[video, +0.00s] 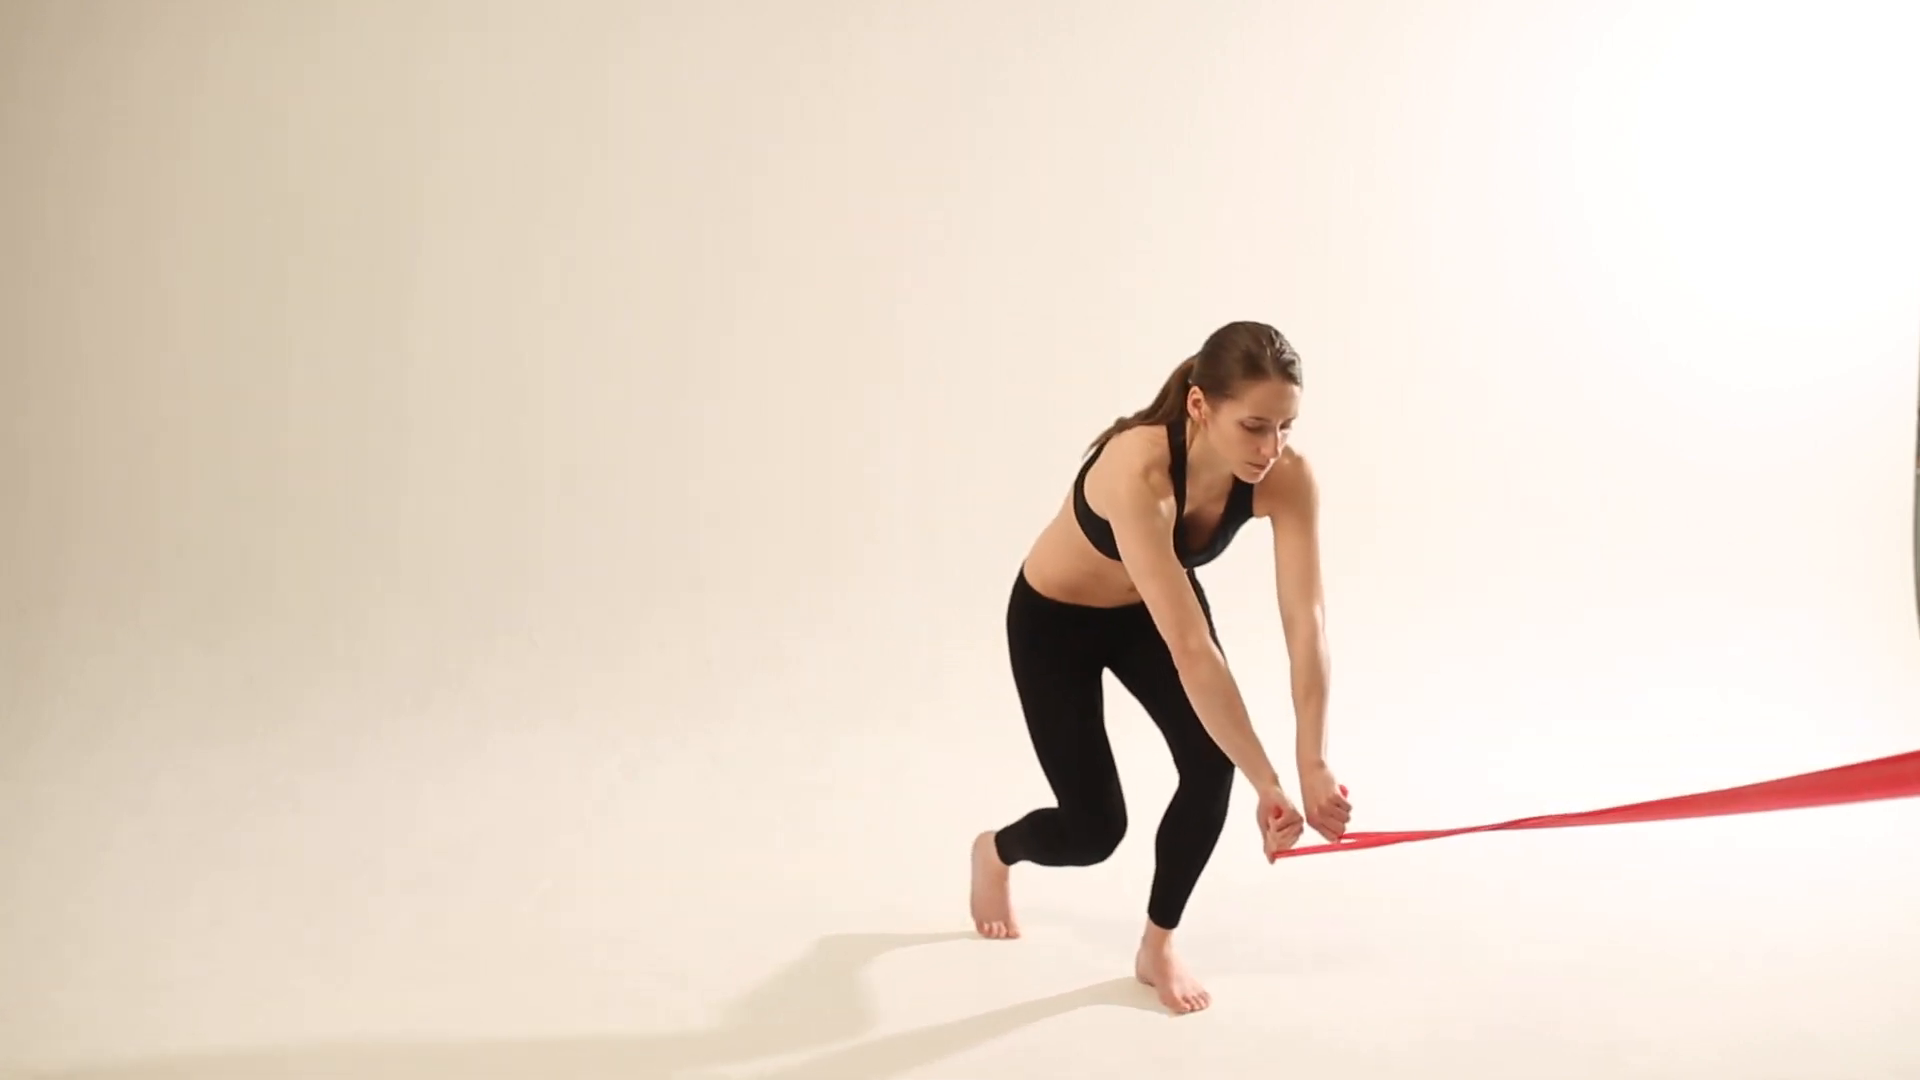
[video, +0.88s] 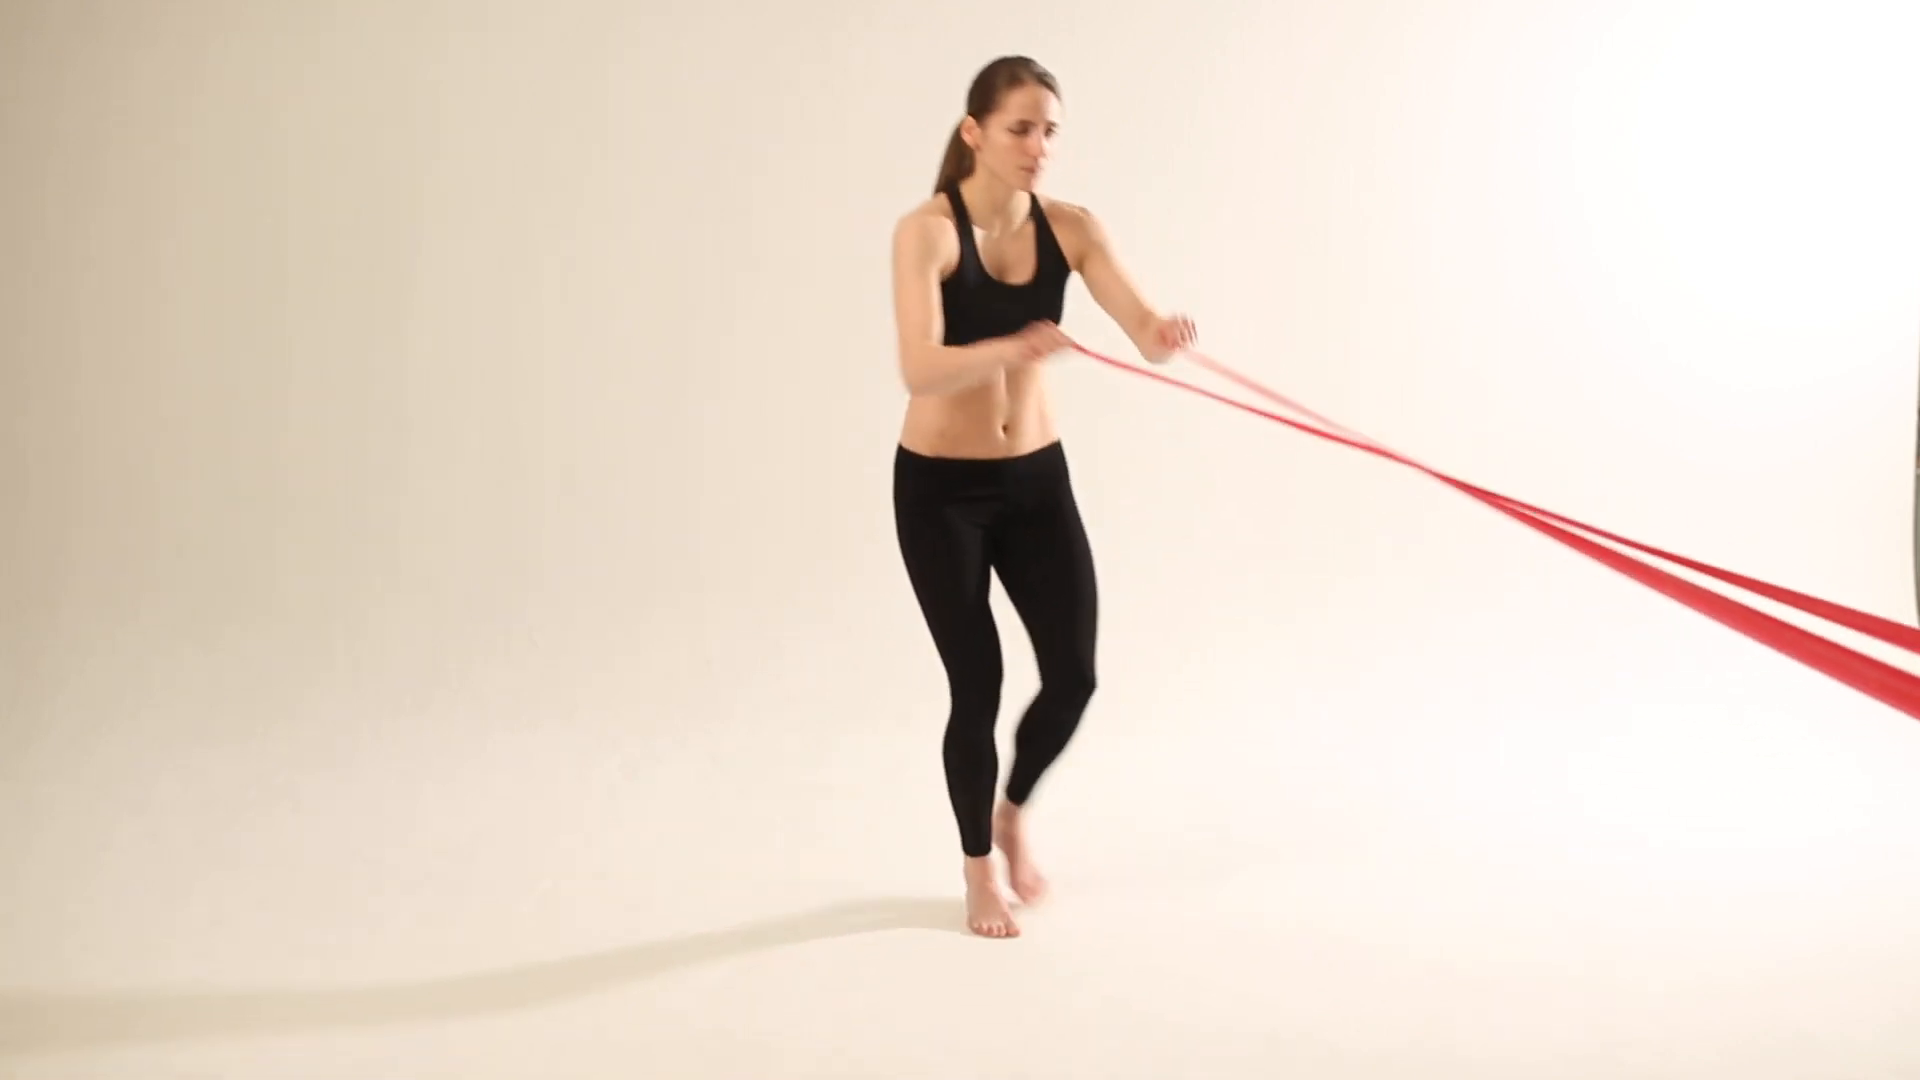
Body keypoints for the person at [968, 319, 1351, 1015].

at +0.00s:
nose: (1271, 446)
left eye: (1284, 427)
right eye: (1254, 426)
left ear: (1295, 413)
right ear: (1199, 407)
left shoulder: (1284, 479)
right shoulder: (1135, 468)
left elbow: (1304, 622)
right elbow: (1192, 649)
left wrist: (1311, 762)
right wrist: (1265, 784)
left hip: (1153, 614)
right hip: (1054, 620)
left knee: (1211, 768)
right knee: (1095, 830)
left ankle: (1158, 943)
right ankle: (995, 851)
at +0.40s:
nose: (1219, 359)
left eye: (1229, 338)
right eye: (1201, 338)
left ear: (1239, 331)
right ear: (1146, 326)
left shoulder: (1235, 406)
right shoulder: (1088, 405)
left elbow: (1265, 542)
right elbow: (1152, 560)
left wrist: (1284, 666)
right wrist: (1237, 678)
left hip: (1128, 587)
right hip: (1030, 596)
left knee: (1190, 746)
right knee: (1079, 799)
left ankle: (1158, 941)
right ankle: (988, 851)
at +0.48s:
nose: (1191, 320)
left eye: (1200, 301)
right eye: (1173, 300)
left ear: (1207, 298)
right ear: (1118, 291)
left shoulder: (1206, 372)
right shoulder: (1065, 376)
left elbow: (1242, 500)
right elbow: (1129, 521)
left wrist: (1267, 617)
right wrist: (1215, 633)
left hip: (1115, 572)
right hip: (1015, 581)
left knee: (1176, 737)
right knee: (1064, 783)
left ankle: (1156, 942)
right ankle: (983, 854)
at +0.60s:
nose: (1138, 251)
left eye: (1149, 234)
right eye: (1121, 232)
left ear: (1158, 237)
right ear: (1070, 229)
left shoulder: (1159, 312)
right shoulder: (1018, 321)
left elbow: (1202, 426)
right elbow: (1084, 454)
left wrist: (1231, 529)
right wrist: (1177, 547)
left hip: (1085, 540)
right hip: (984, 544)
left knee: (1145, 720)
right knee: (1036, 742)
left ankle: (1162, 930)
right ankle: (984, 861)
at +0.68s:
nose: (1106, 209)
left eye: (1116, 192)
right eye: (1089, 192)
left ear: (1124, 197)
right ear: (1038, 190)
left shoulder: (1128, 277)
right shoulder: (986, 285)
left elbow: (1181, 382)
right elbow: (1038, 419)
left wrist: (1202, 465)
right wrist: (1145, 486)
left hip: (1066, 518)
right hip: (967, 522)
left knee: (1123, 707)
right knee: (1017, 718)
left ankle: (1151, 906)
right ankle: (984, 865)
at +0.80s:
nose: (1065, 168)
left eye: (1073, 152)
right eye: (1048, 151)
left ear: (1078, 157)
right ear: (996, 149)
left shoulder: (1088, 242)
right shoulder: (949, 249)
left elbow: (1155, 331)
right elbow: (961, 382)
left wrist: (1176, 374)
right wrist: (1067, 391)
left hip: (1045, 492)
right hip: (948, 499)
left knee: (1095, 679)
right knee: (991, 691)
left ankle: (1067, 861)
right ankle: (981, 872)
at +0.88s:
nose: (1039, 145)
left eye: (1049, 130)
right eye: (1022, 129)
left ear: (1056, 137)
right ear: (972, 131)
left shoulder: (1069, 228)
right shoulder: (926, 233)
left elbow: (1145, 333)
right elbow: (920, 370)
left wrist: (1164, 336)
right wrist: (1012, 349)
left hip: (1037, 481)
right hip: (939, 488)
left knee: (1072, 675)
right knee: (976, 681)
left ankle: (1011, 810)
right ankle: (979, 872)